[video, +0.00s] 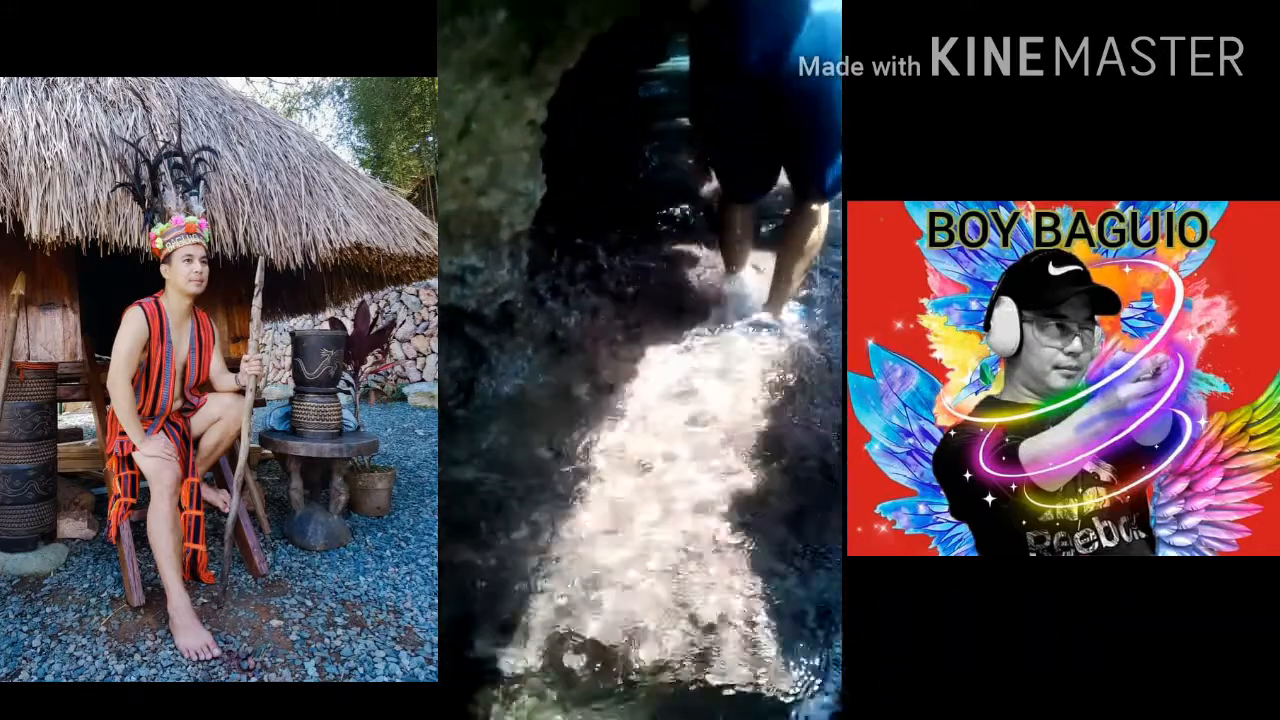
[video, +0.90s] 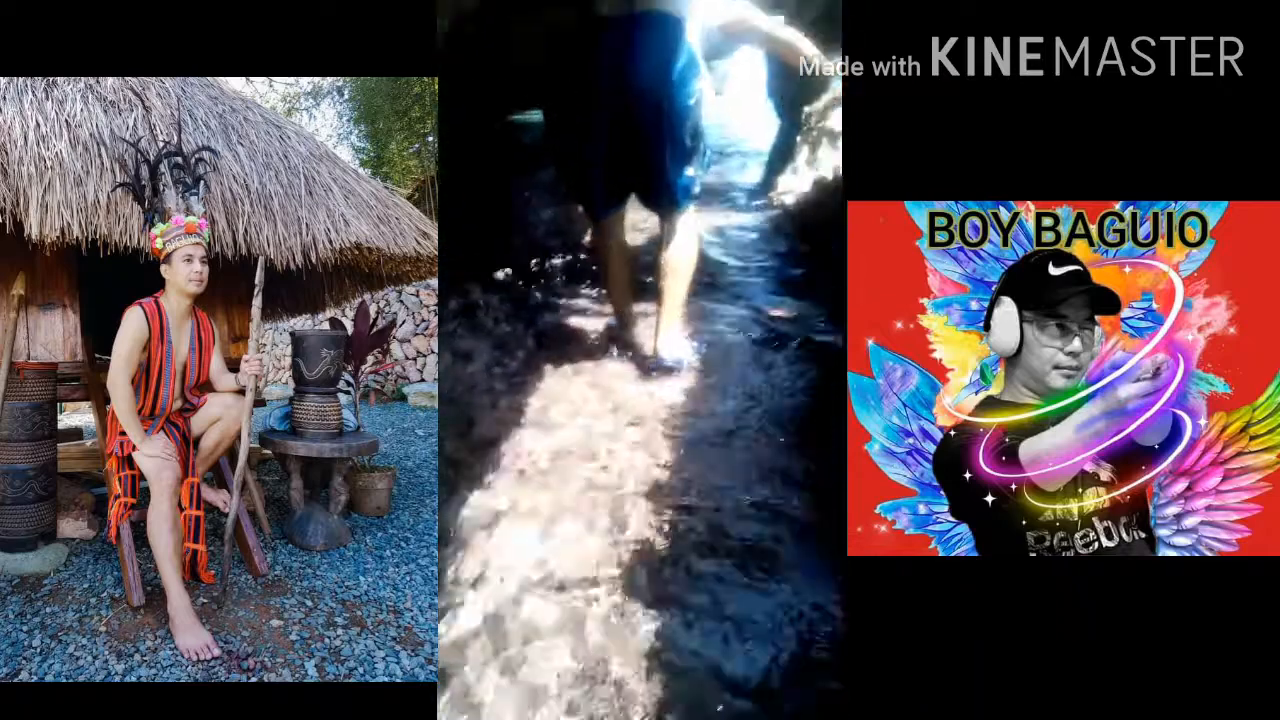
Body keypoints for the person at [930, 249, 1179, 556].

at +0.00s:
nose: (1076, 346)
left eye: (1086, 328)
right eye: (1055, 327)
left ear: (1097, 334)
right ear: (1007, 327)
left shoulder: (1113, 407)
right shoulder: (962, 445)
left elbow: (1155, 435)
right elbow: (1021, 471)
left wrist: (1148, 395)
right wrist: (1105, 413)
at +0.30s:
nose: (1076, 346)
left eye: (1086, 328)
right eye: (1055, 327)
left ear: (1097, 334)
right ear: (1007, 328)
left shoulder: (1113, 409)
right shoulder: (962, 445)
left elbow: (1155, 435)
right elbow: (1023, 472)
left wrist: (1149, 396)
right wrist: (1106, 412)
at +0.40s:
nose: (1076, 346)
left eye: (1086, 328)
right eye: (1055, 327)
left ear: (1097, 334)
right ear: (1007, 328)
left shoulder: (1114, 408)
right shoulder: (962, 446)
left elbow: (1155, 435)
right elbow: (1022, 472)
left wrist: (1149, 396)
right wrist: (1106, 412)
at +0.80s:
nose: (1076, 346)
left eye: (1086, 328)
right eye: (1055, 326)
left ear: (1096, 334)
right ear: (1007, 327)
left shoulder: (1114, 410)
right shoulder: (963, 445)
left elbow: (1155, 434)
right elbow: (1018, 474)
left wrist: (1150, 396)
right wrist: (1105, 413)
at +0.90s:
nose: (1076, 346)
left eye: (1086, 327)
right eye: (1055, 326)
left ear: (1097, 334)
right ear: (1007, 327)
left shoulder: (1113, 410)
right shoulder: (962, 446)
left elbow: (1155, 434)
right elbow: (1019, 473)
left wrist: (1150, 396)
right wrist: (1104, 414)